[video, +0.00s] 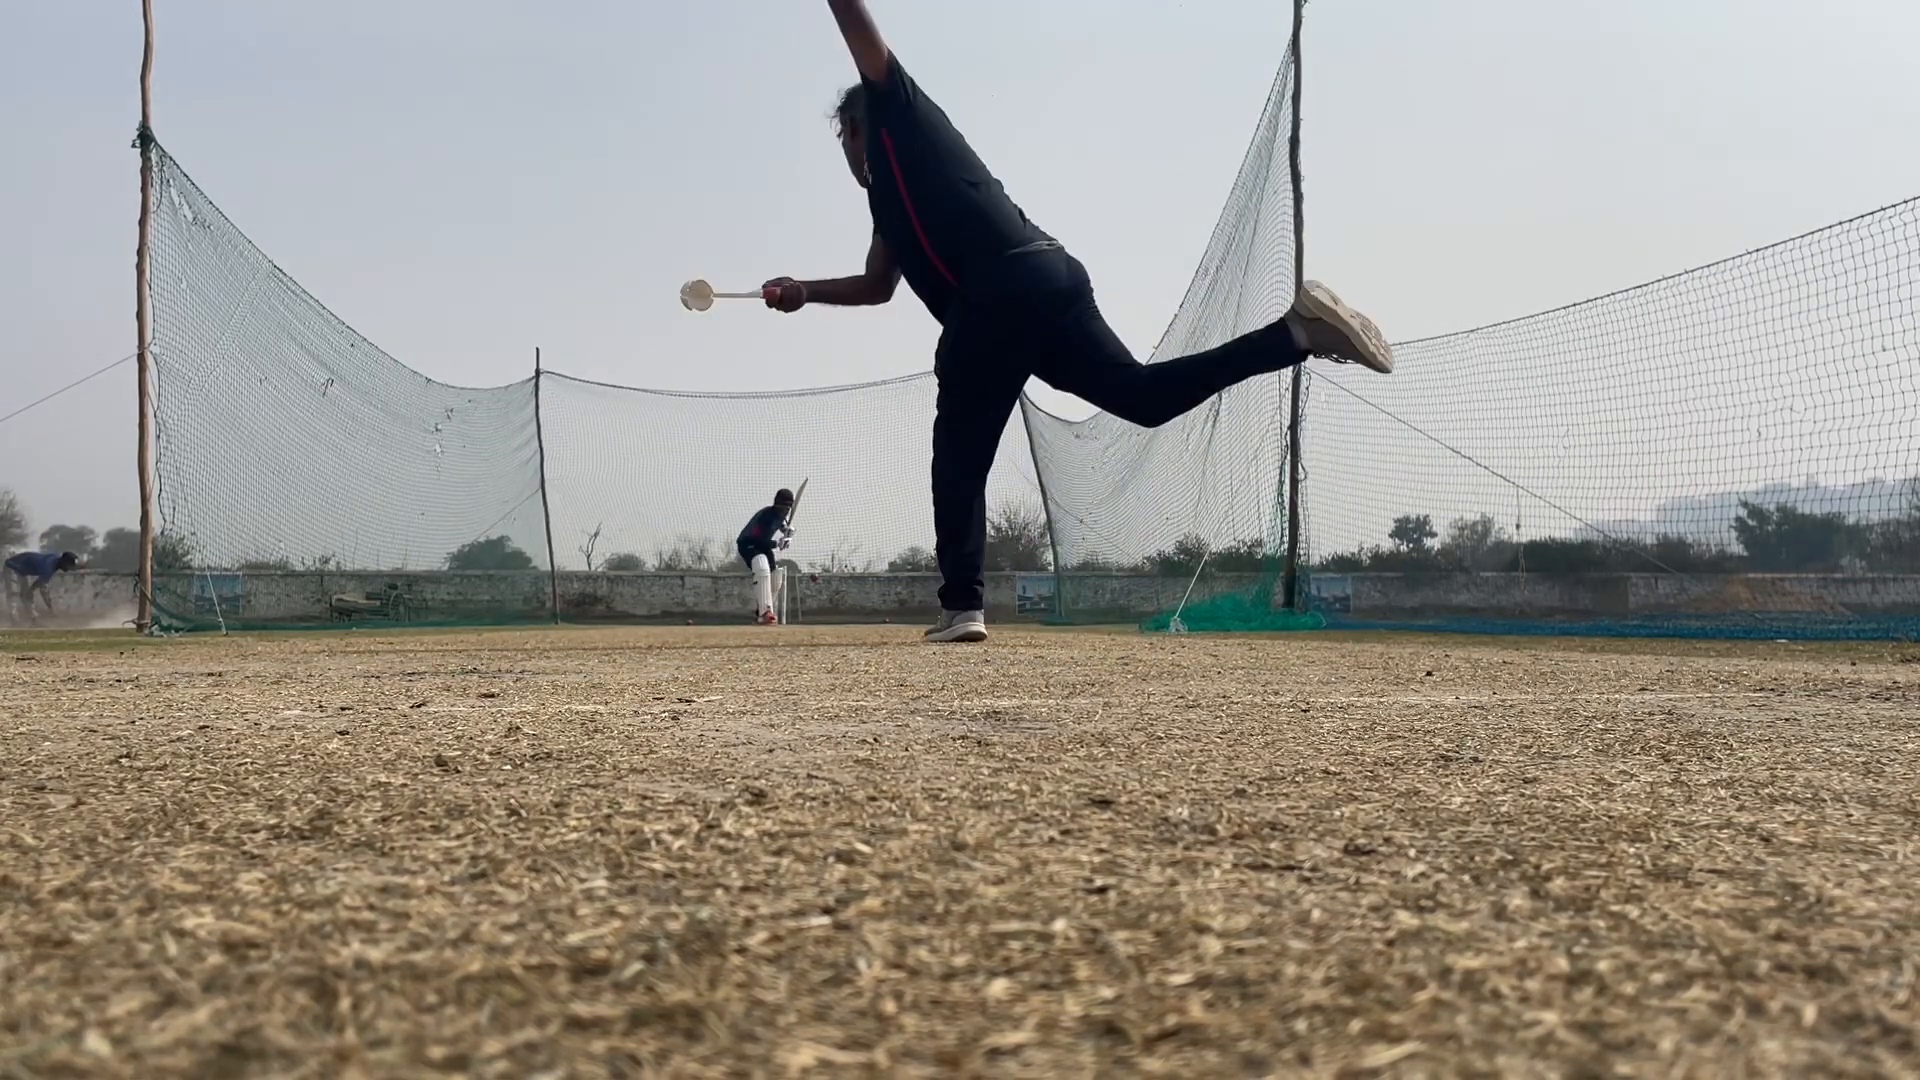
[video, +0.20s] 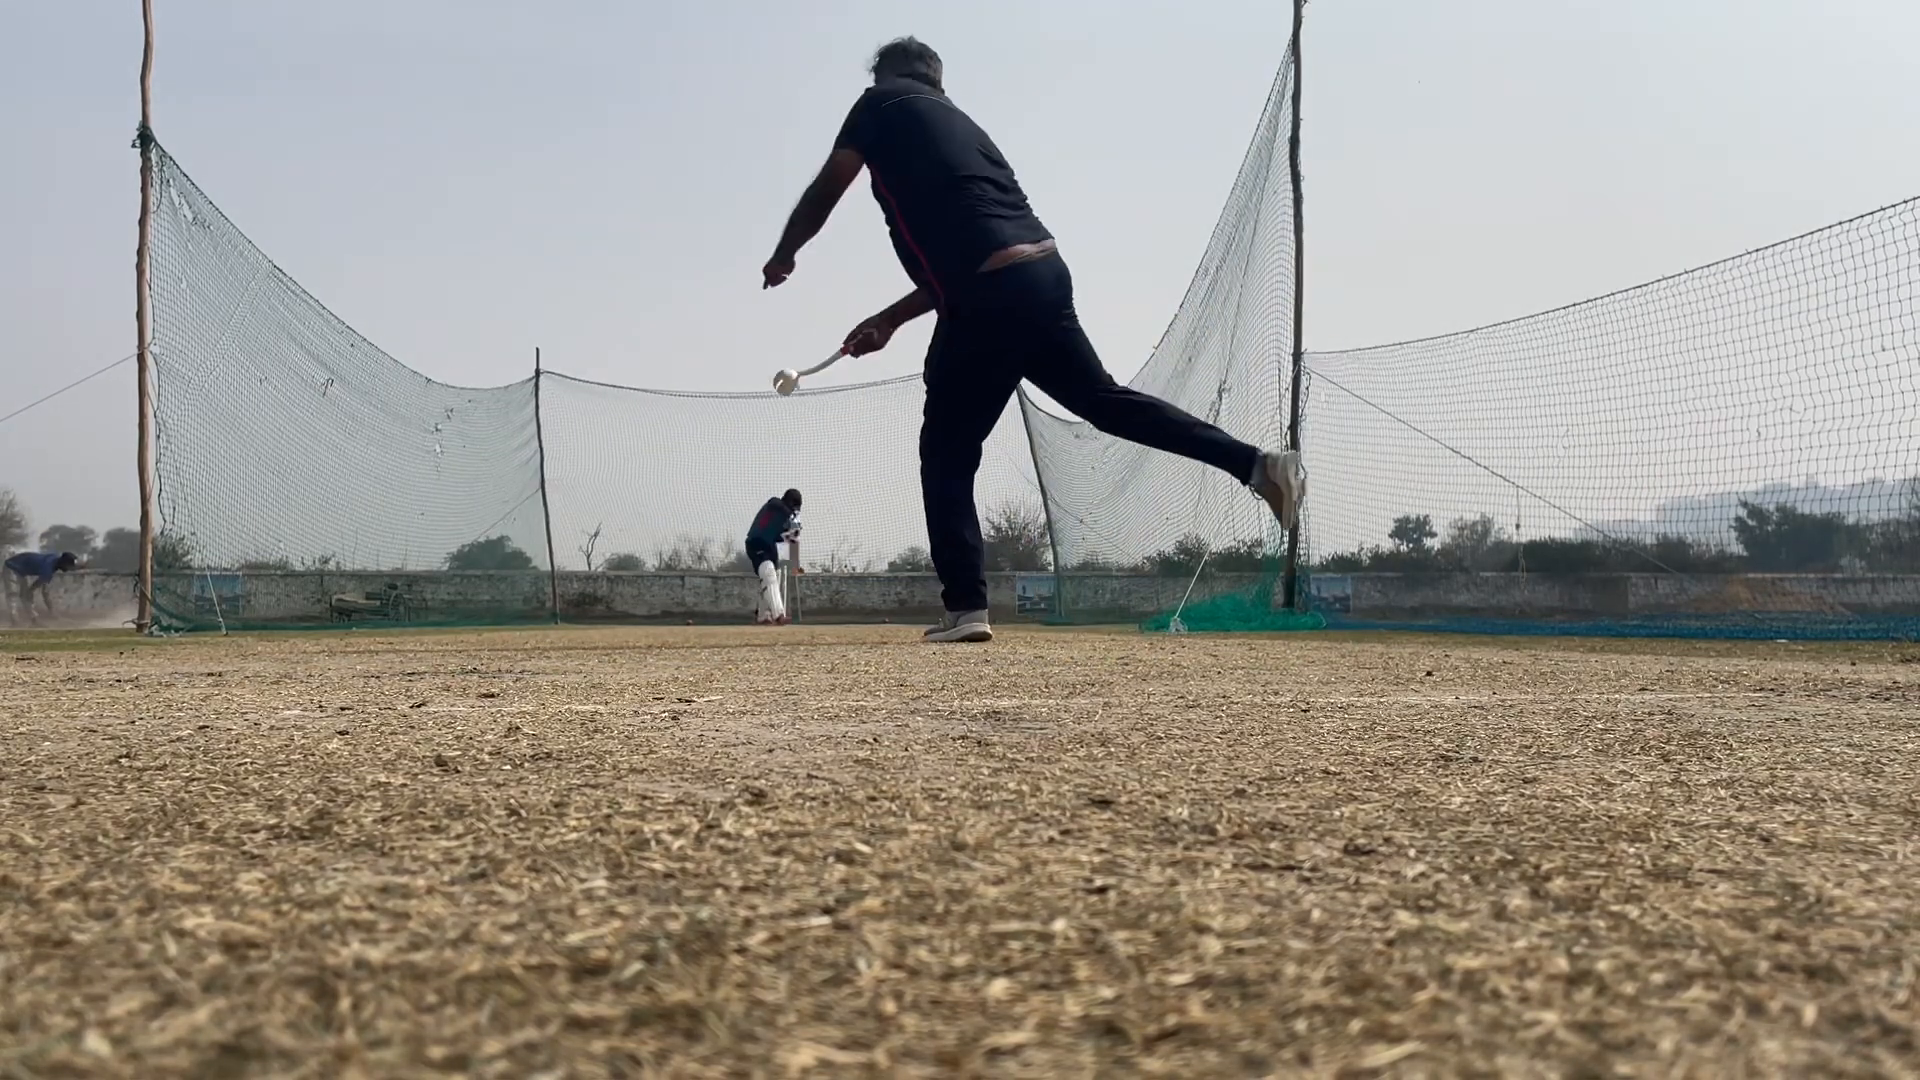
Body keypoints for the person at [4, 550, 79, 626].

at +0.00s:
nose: (68, 569)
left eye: (70, 567)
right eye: (69, 566)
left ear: (63, 559)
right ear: (64, 562)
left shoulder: (55, 561)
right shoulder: (49, 569)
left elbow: (44, 588)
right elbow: (32, 589)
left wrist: (51, 609)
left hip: (21, 570)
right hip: (11, 568)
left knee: (26, 593)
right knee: (13, 595)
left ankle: (33, 618)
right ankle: (14, 620)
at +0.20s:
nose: (67, 569)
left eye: (70, 567)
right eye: (68, 566)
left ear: (63, 559)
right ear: (64, 562)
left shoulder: (55, 560)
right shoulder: (48, 570)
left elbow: (45, 591)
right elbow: (30, 590)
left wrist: (51, 609)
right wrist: (30, 607)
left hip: (21, 571)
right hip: (11, 568)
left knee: (26, 594)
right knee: (13, 596)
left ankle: (34, 619)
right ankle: (15, 621)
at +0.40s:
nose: (67, 569)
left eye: (69, 567)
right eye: (67, 566)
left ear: (63, 559)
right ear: (63, 562)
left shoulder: (54, 560)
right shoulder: (48, 568)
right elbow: (41, 591)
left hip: (21, 570)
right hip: (10, 568)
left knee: (26, 595)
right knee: (12, 596)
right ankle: (14, 621)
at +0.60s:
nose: (68, 569)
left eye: (70, 567)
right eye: (68, 566)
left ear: (63, 559)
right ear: (64, 562)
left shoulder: (54, 562)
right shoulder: (48, 567)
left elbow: (41, 587)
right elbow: (41, 589)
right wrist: (50, 608)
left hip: (21, 571)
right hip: (11, 568)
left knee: (26, 597)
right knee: (13, 598)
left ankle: (34, 619)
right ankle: (15, 622)